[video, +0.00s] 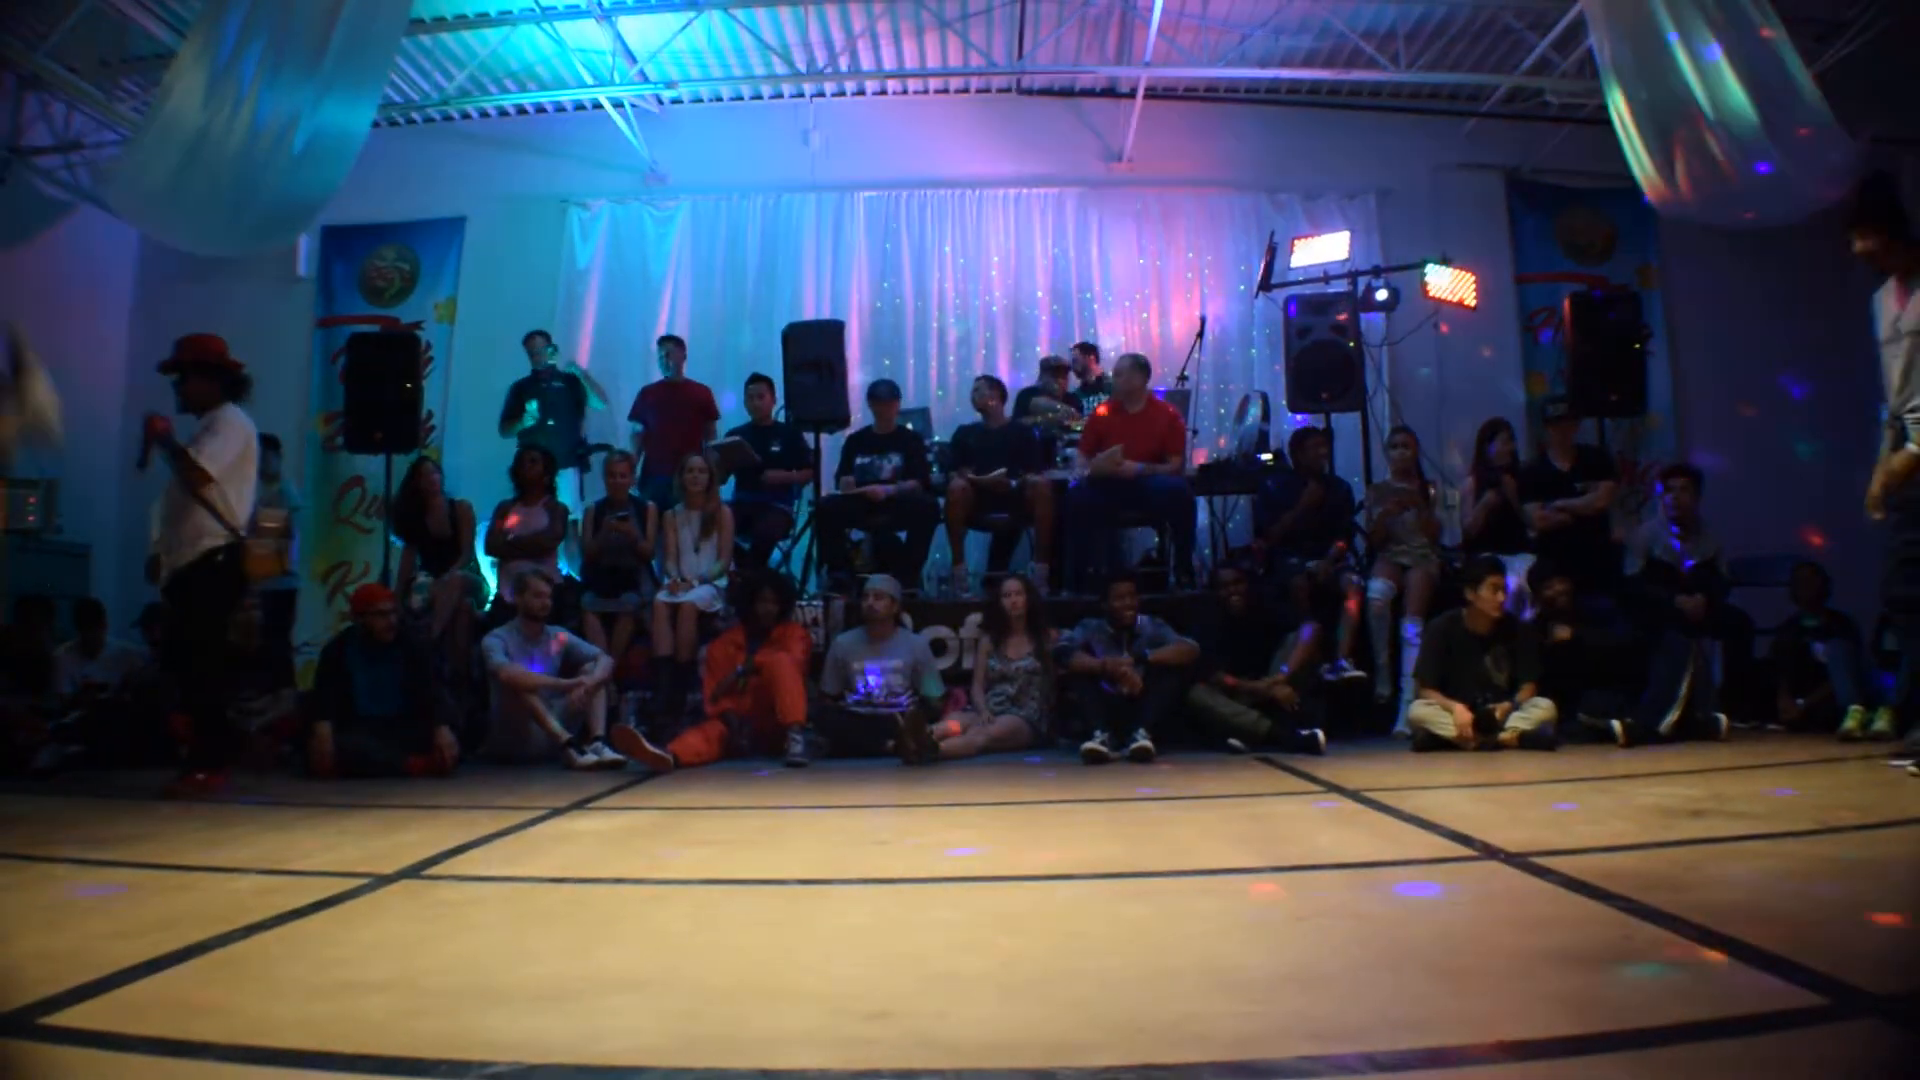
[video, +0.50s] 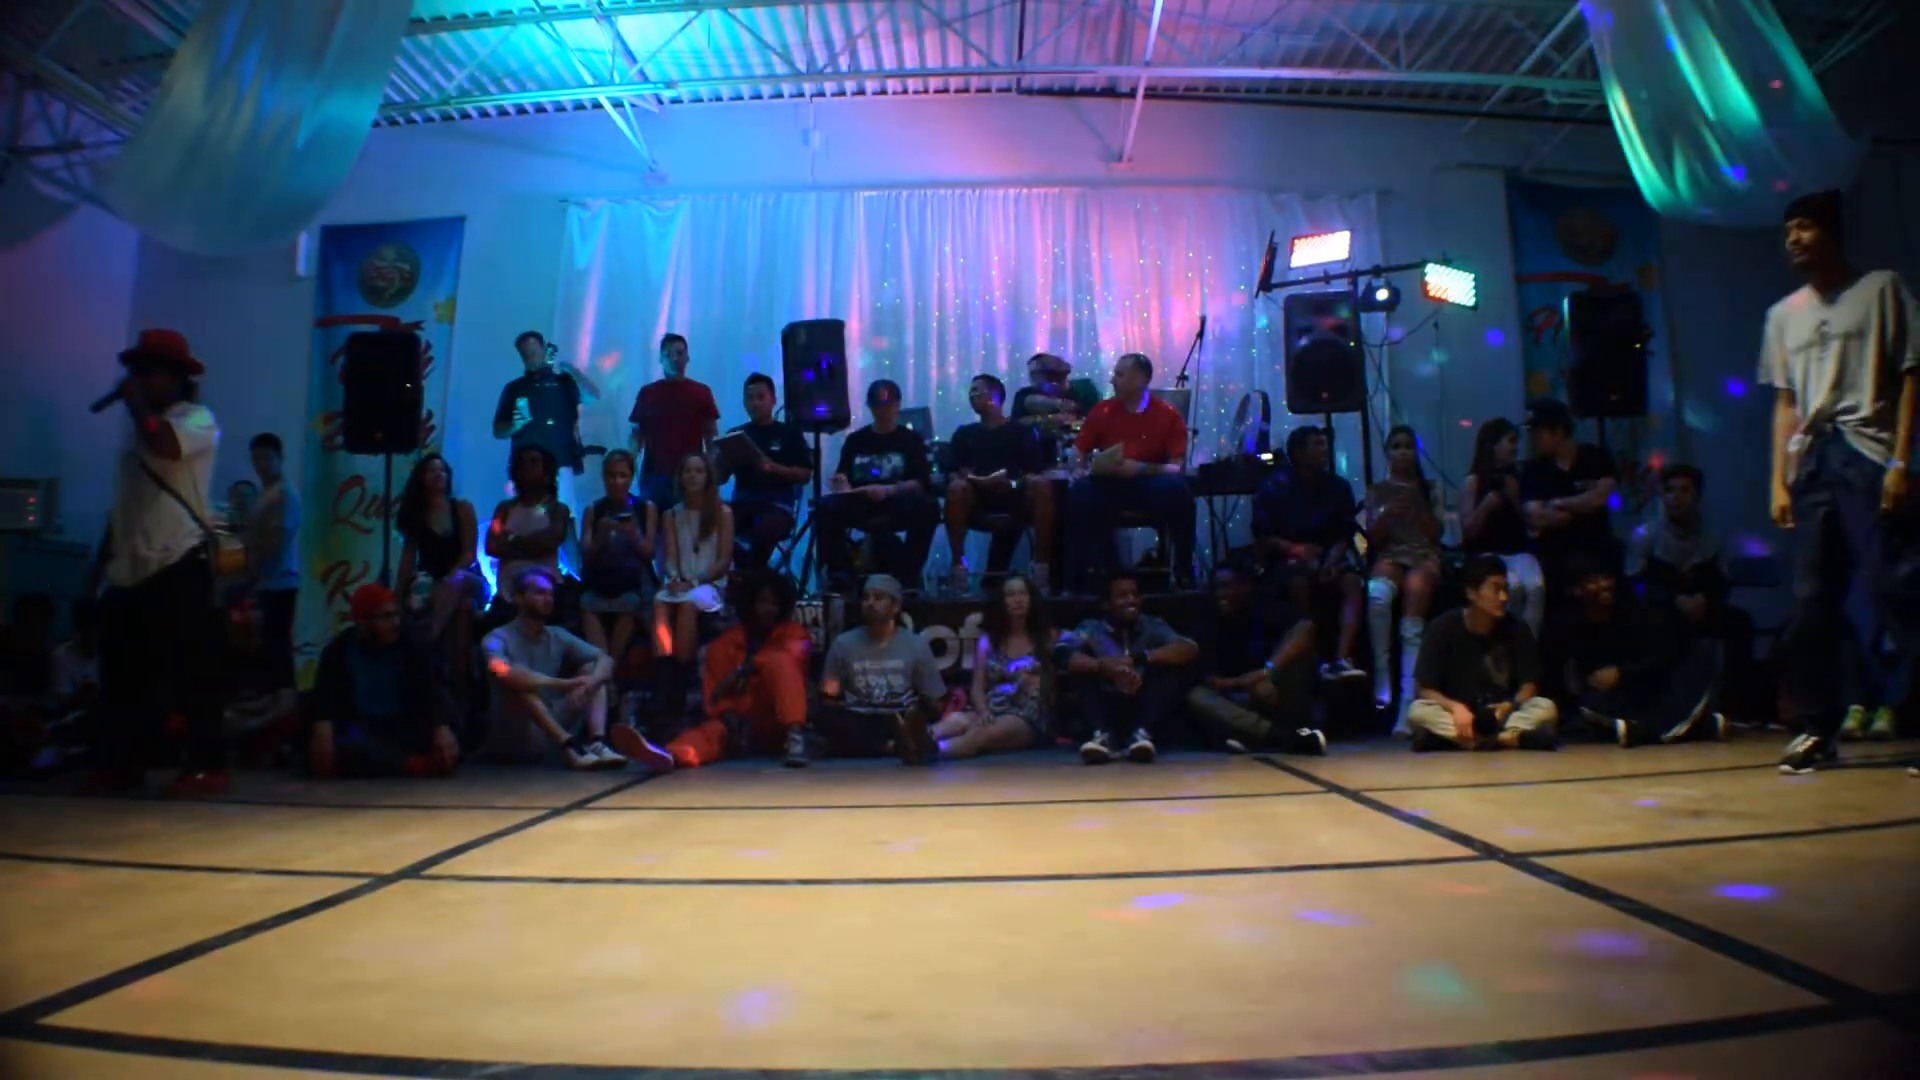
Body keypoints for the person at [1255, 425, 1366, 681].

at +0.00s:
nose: (1322, 454)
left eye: (1324, 447)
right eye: (1314, 449)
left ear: (1328, 451)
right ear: (1297, 454)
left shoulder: (1339, 487)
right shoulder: (1278, 486)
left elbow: (1345, 533)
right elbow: (1268, 535)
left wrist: (1330, 561)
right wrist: (1302, 507)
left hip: (1328, 556)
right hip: (1290, 555)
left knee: (1353, 585)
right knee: (1299, 583)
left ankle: (1342, 658)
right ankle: (1307, 658)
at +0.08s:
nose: (1322, 452)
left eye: (1324, 446)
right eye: (1315, 447)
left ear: (1329, 451)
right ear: (1296, 453)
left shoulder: (1338, 487)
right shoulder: (1277, 486)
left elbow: (1345, 534)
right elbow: (1266, 536)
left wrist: (1331, 561)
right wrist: (1301, 509)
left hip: (1327, 556)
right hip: (1290, 556)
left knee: (1353, 584)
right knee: (1299, 582)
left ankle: (1342, 659)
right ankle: (1309, 658)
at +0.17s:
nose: (1321, 451)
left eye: (1323, 445)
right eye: (1314, 445)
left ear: (1327, 451)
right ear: (1296, 452)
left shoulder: (1339, 487)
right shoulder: (1276, 486)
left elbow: (1346, 532)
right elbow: (1266, 535)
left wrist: (1332, 561)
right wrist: (1300, 510)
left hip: (1328, 557)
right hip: (1290, 557)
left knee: (1353, 583)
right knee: (1300, 582)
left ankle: (1343, 657)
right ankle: (1308, 658)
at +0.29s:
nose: (1320, 451)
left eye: (1322, 445)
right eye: (1314, 446)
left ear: (1326, 450)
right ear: (1295, 452)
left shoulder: (1337, 486)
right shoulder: (1276, 486)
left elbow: (1346, 532)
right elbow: (1265, 535)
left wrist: (1330, 561)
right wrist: (1298, 514)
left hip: (1327, 556)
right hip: (1289, 556)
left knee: (1353, 583)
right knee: (1300, 582)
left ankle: (1342, 658)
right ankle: (1308, 658)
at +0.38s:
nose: (1320, 452)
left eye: (1322, 446)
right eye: (1313, 446)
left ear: (1327, 451)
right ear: (1295, 452)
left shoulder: (1338, 486)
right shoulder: (1275, 487)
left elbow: (1345, 532)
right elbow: (1264, 537)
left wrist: (1331, 560)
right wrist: (1300, 533)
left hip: (1329, 557)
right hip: (1290, 557)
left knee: (1353, 584)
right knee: (1300, 583)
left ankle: (1342, 658)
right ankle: (1309, 659)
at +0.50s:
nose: (1323, 450)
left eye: (1324, 444)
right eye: (1317, 445)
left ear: (1326, 449)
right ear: (1297, 451)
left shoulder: (1338, 486)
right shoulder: (1276, 486)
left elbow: (1346, 531)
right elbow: (1264, 536)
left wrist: (1334, 557)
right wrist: (1296, 549)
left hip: (1329, 558)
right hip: (1292, 560)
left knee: (1353, 584)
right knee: (1298, 584)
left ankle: (1342, 658)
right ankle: (1308, 659)